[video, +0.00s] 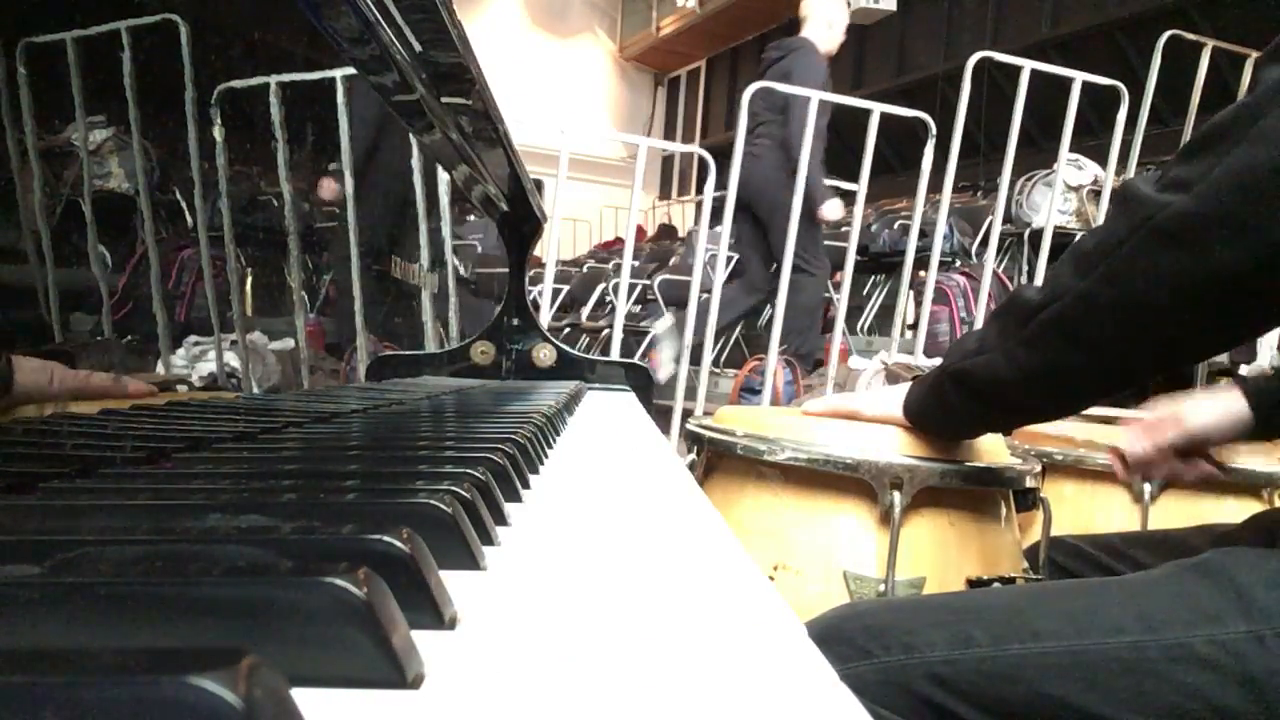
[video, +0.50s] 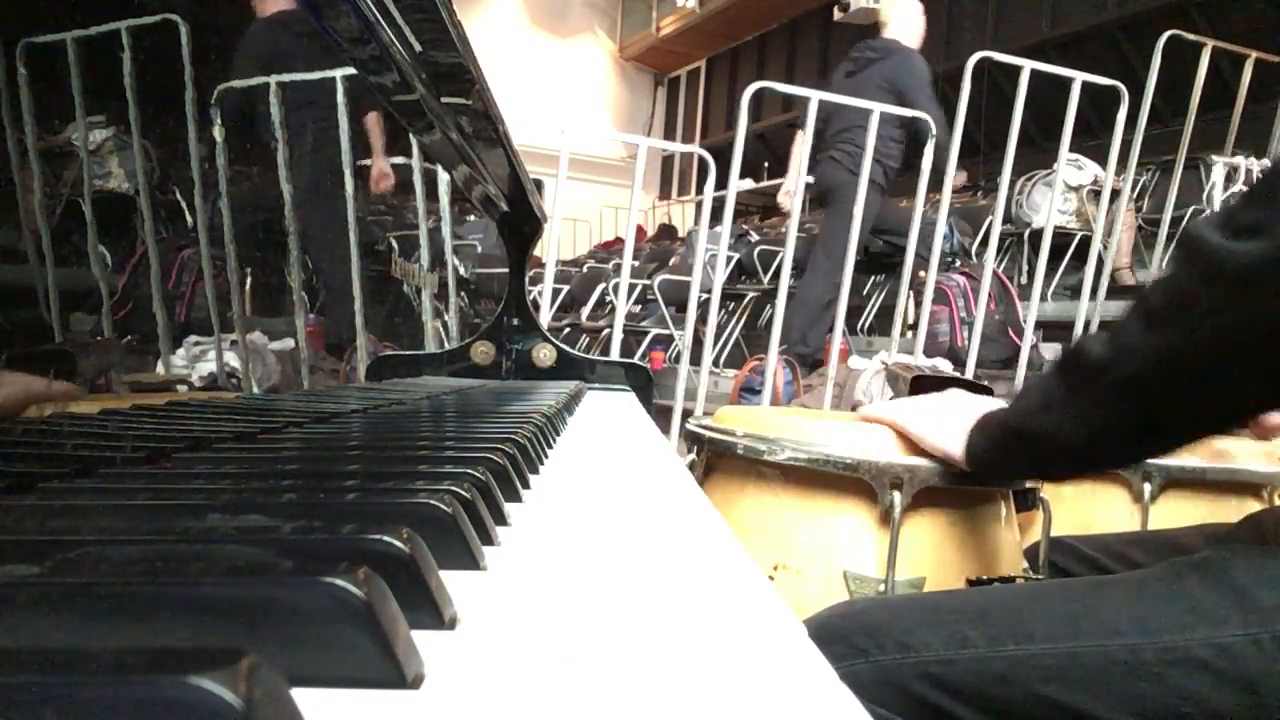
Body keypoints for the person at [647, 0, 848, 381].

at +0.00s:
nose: (843, 37)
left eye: (844, 29)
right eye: (841, 27)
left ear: (807, 21)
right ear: (823, 22)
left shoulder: (781, 57)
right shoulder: (809, 60)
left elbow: (763, 127)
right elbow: (803, 133)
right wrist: (822, 195)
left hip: (745, 173)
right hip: (773, 174)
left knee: (757, 278)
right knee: (811, 266)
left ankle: (678, 331)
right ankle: (792, 368)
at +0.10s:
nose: (855, 26)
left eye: (856, 18)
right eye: (854, 16)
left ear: (821, 11)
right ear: (841, 11)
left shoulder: (794, 48)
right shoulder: (823, 46)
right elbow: (830, 122)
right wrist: (857, 184)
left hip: (762, 164)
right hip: (789, 163)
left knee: (797, 262)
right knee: (812, 265)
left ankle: (731, 304)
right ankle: (798, 363)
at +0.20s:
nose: (867, 23)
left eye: (869, 15)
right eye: (868, 13)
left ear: (835, 7)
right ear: (857, 8)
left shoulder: (809, 42)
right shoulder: (842, 42)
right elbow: (855, 119)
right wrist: (884, 175)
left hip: (785, 155)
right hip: (810, 159)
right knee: (809, 261)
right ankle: (797, 356)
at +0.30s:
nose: (883, 22)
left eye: (884, 15)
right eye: (882, 13)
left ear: (844, 9)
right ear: (869, 10)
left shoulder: (817, 46)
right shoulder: (861, 43)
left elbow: (785, 121)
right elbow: (882, 115)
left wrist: (783, 176)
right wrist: (906, 173)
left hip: (803, 157)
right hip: (827, 159)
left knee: (878, 225)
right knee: (810, 256)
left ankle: (866, 320)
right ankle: (796, 353)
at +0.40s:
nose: (903, 17)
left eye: (902, 10)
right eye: (899, 9)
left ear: (862, 13)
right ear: (884, 11)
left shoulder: (832, 53)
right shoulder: (883, 51)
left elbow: (796, 117)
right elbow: (903, 123)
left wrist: (785, 175)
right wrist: (924, 166)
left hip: (813, 168)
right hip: (837, 171)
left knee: (899, 226)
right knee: (816, 266)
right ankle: (791, 360)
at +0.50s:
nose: (924, 29)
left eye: (922, 21)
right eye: (921, 21)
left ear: (884, 23)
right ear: (908, 22)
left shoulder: (849, 64)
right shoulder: (907, 61)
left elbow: (808, 127)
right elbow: (932, 124)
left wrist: (793, 179)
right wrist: (949, 172)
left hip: (826, 172)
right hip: (857, 176)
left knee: (927, 231)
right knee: (827, 266)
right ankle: (795, 358)